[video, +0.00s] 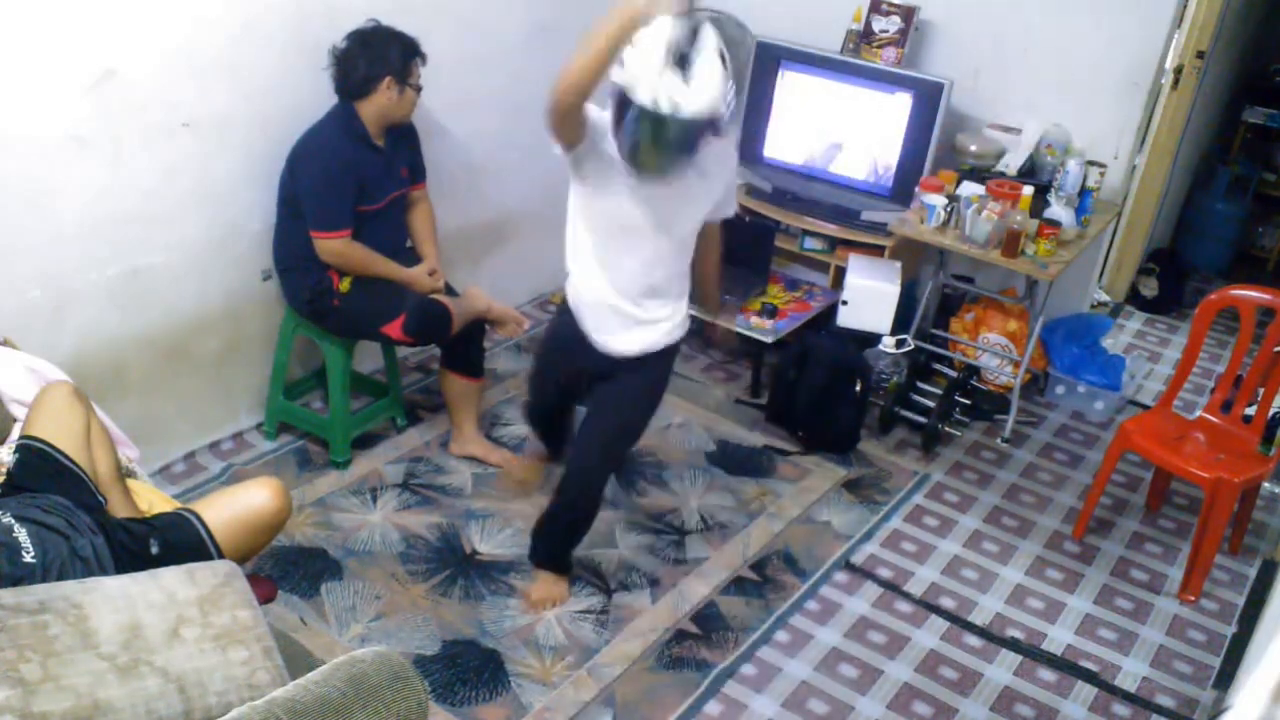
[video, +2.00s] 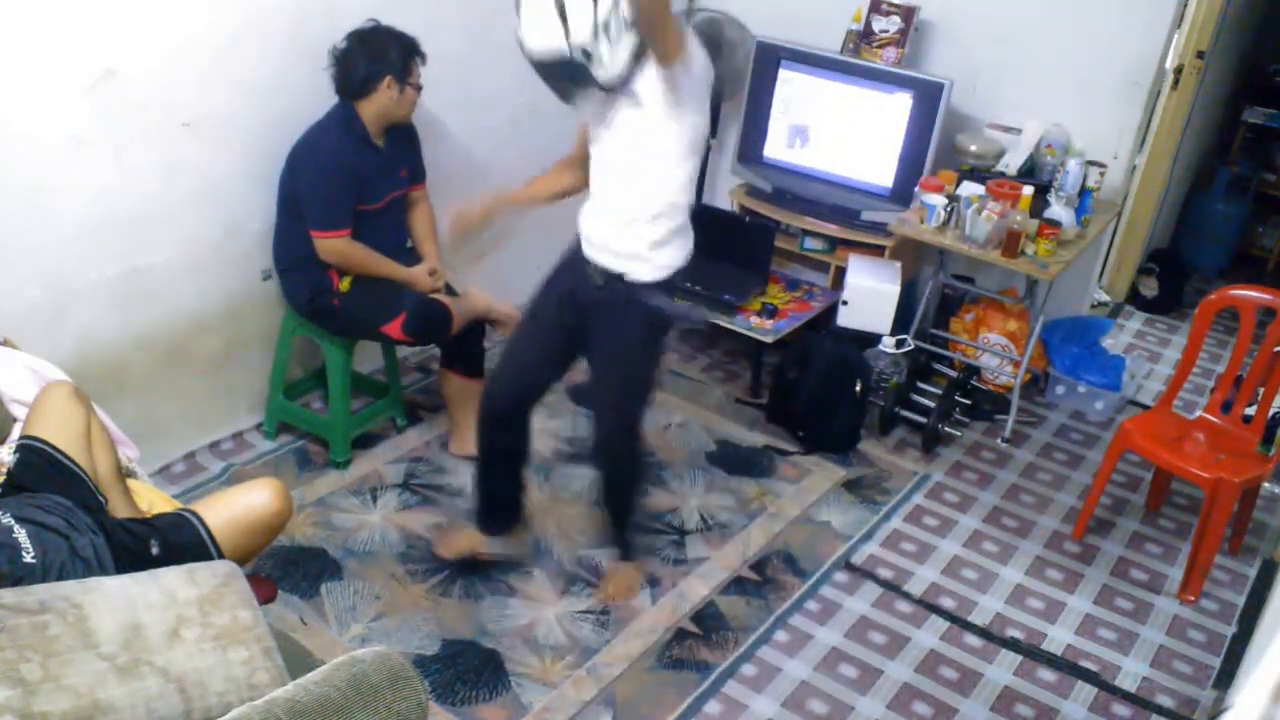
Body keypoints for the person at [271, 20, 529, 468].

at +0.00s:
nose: (419, 95)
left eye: (419, 86)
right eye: (416, 86)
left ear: (386, 87)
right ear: (387, 87)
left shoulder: (399, 130)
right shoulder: (326, 151)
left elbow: (418, 201)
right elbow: (332, 249)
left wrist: (429, 258)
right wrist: (407, 277)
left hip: (388, 265)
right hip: (325, 284)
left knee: (465, 323)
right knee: (427, 322)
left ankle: (466, 435)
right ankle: (477, 305)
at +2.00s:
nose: (419, 96)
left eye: (420, 87)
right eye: (416, 87)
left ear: (386, 86)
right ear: (388, 86)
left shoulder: (399, 130)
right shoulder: (326, 150)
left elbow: (417, 201)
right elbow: (331, 248)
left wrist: (431, 259)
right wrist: (407, 275)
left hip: (388, 262)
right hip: (326, 283)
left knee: (465, 326)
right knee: (421, 322)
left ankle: (465, 438)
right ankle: (476, 306)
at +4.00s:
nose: (419, 95)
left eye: (419, 87)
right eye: (416, 86)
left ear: (387, 87)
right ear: (387, 87)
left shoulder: (399, 131)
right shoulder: (325, 151)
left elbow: (417, 202)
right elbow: (333, 249)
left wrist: (429, 259)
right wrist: (407, 276)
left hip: (388, 265)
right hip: (327, 283)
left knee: (465, 321)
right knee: (425, 323)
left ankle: (466, 435)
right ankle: (477, 304)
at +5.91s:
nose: (418, 95)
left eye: (419, 86)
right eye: (415, 86)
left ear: (386, 87)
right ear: (387, 87)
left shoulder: (399, 131)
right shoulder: (324, 151)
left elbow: (417, 202)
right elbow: (332, 249)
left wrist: (429, 259)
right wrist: (407, 276)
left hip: (387, 266)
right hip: (325, 283)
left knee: (466, 321)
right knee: (424, 324)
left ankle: (466, 435)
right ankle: (477, 304)